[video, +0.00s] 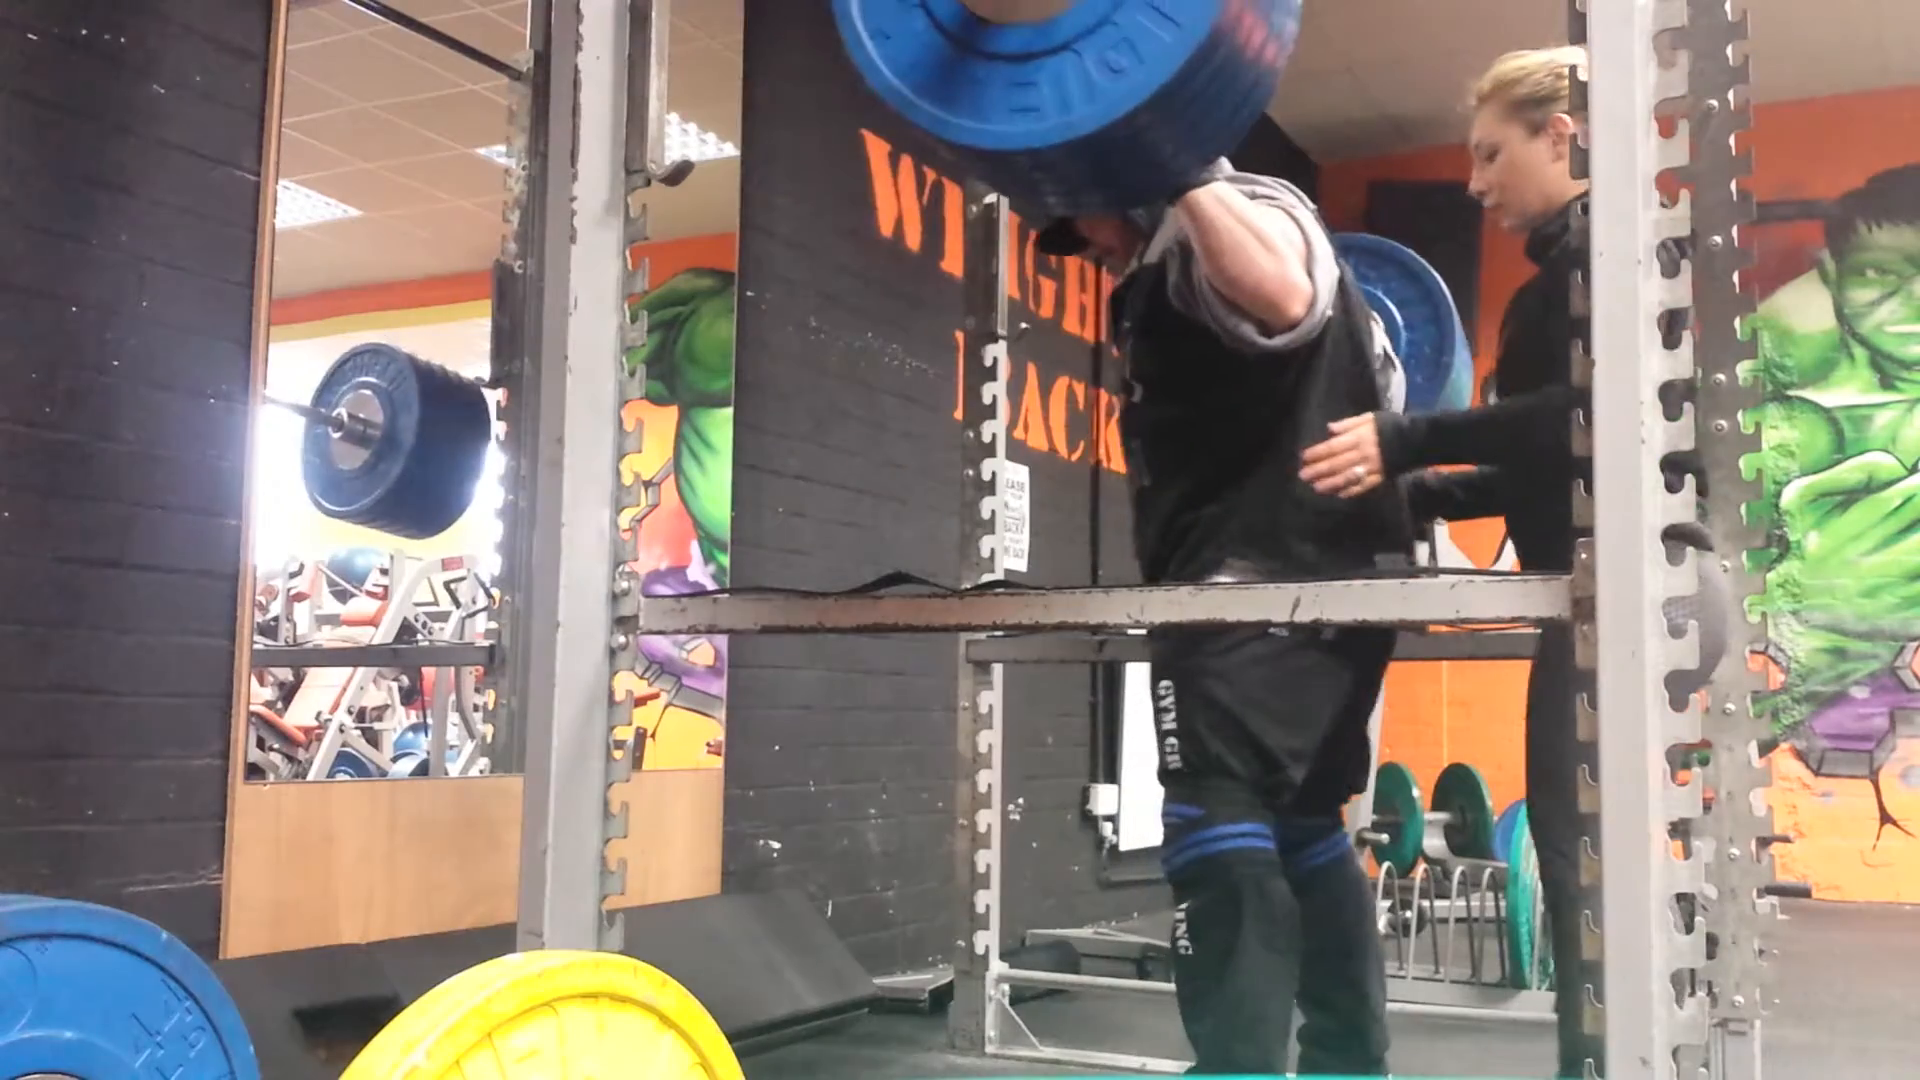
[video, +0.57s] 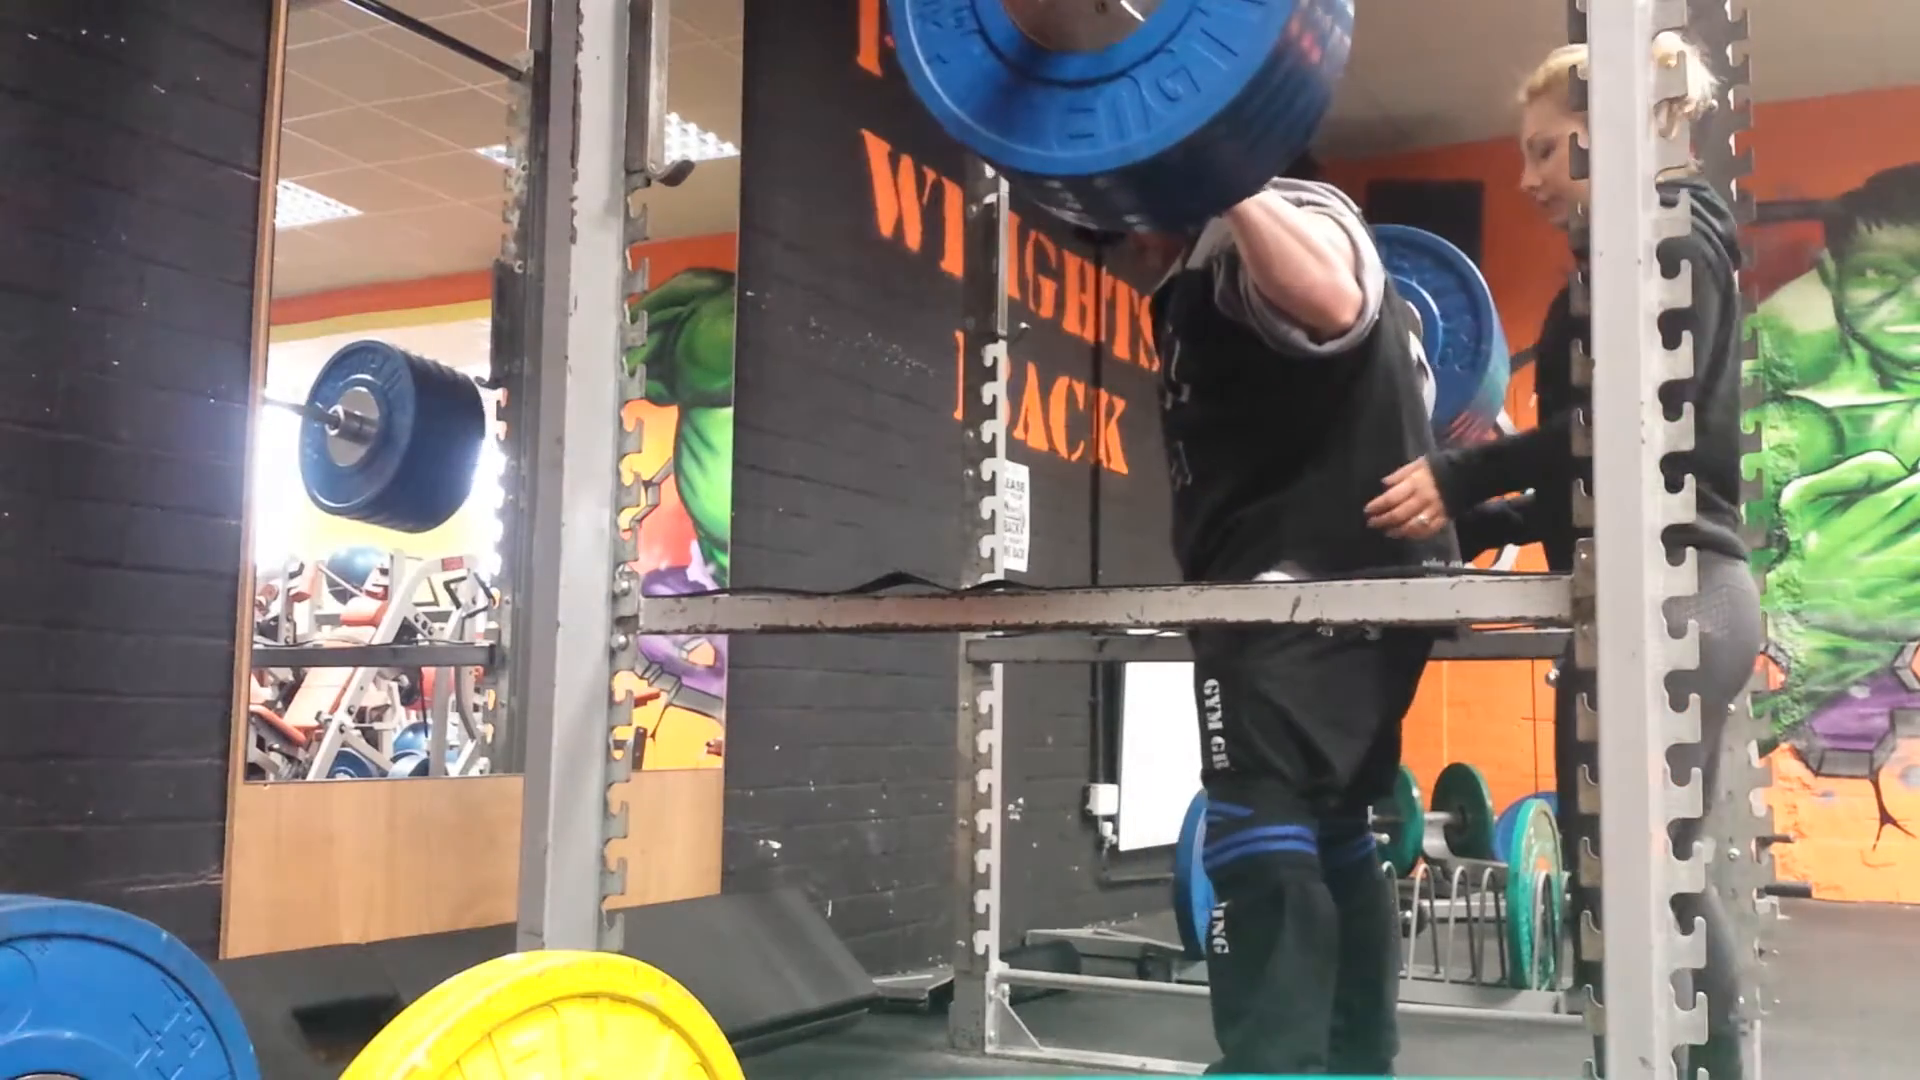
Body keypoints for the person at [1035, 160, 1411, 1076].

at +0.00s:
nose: (1081, 247)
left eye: (1078, 222)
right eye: (1066, 234)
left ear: (1116, 181)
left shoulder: (1240, 208)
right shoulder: (1169, 258)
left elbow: (1282, 295)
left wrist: (1173, 161)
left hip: (1265, 578)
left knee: (1214, 819)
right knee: (1303, 823)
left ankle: (1237, 1065)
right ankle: (1347, 1064)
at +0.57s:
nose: (1108, 259)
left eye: (1111, 232)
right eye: (1095, 241)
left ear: (1161, 193)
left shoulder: (1295, 212)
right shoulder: (1213, 262)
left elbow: (1329, 300)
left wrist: (1225, 179)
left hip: (1315, 588)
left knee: (1259, 829)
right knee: (1333, 833)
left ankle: (1266, 1064)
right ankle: (1351, 1064)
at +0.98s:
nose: (1105, 246)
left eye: (1110, 221)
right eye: (1094, 230)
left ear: (1163, 190)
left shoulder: (1278, 209)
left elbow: (1315, 294)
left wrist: (1206, 178)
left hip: (1303, 590)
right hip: (1359, 593)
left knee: (1220, 817)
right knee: (1331, 830)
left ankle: (1256, 1063)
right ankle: (1353, 1062)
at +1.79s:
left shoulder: (1281, 215)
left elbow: (1313, 313)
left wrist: (1201, 197)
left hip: (1286, 586)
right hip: (1357, 584)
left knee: (1245, 826)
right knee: (1341, 830)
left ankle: (1260, 1065)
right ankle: (1352, 1068)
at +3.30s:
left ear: (1184, 147)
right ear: (1257, 146)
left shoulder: (1255, 212)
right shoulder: (1319, 230)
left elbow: (1290, 306)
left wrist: (1187, 192)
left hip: (1279, 586)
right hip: (1357, 586)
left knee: (1248, 822)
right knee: (1333, 822)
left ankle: (1261, 1061)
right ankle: (1356, 1060)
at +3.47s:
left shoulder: (1258, 212)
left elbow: (1287, 310)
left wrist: (1177, 190)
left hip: (1276, 583)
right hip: (1347, 584)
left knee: (1245, 824)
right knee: (1329, 821)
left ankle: (1261, 1061)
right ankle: (1355, 1060)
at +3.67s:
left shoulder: (1257, 210)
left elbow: (1286, 311)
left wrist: (1174, 192)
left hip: (1269, 587)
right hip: (1344, 587)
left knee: (1232, 830)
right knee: (1322, 829)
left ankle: (1256, 1062)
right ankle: (1353, 1063)